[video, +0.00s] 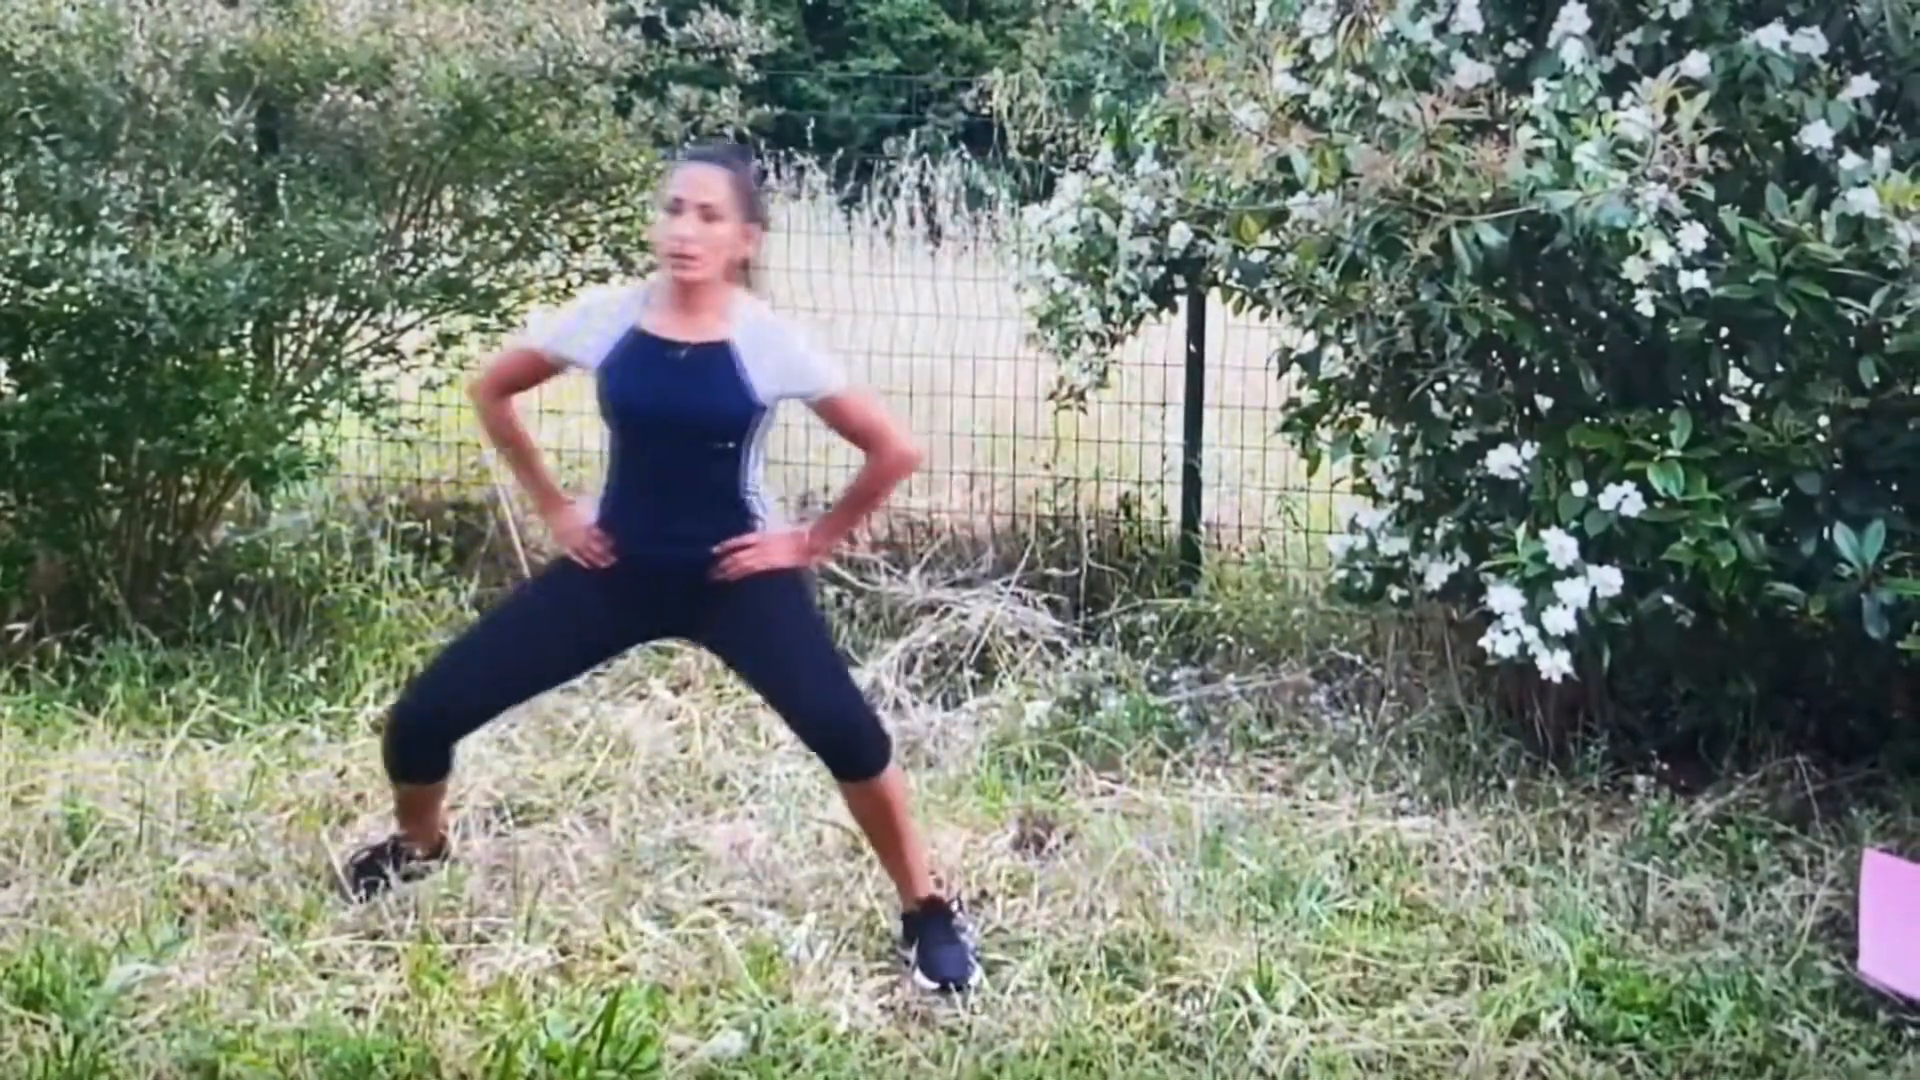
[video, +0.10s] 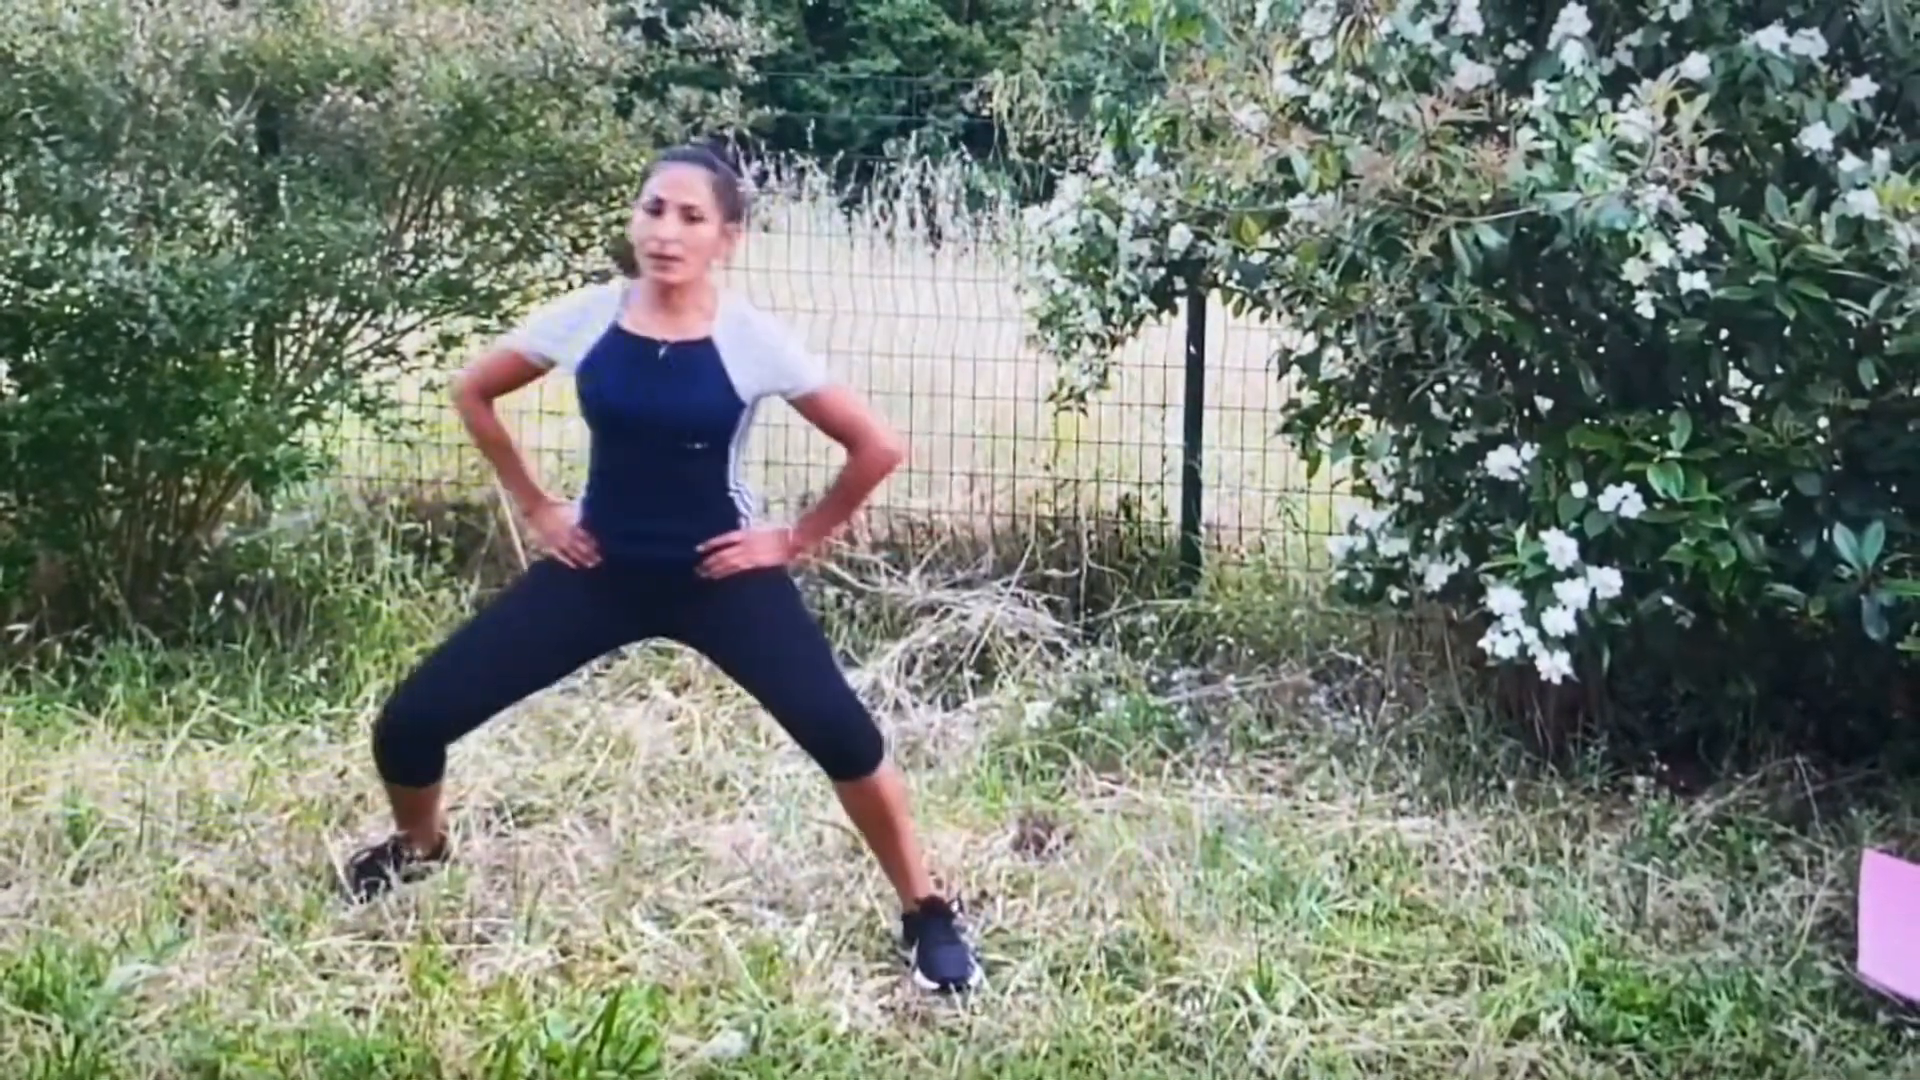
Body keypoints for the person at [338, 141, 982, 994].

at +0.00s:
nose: (683, 230)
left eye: (707, 216)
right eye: (673, 210)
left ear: (747, 241)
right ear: (654, 223)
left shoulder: (770, 342)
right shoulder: (608, 318)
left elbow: (898, 452)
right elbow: (489, 391)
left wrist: (814, 541)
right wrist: (557, 509)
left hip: (740, 584)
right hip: (615, 576)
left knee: (851, 735)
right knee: (417, 723)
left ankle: (924, 907)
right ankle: (418, 848)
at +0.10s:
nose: (665, 230)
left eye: (689, 216)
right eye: (653, 210)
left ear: (728, 241)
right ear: (633, 221)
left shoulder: (754, 340)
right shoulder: (592, 315)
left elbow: (878, 450)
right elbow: (472, 390)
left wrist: (795, 541)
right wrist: (536, 507)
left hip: (726, 585)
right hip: (595, 576)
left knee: (845, 734)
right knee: (407, 726)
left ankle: (924, 909)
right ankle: (418, 852)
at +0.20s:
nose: (662, 231)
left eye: (687, 217)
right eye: (651, 210)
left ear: (725, 240)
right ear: (630, 222)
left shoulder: (752, 338)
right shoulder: (589, 314)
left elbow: (876, 449)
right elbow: (468, 391)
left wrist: (793, 540)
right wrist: (533, 508)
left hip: (725, 583)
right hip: (593, 574)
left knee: (842, 736)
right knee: (405, 725)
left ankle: (924, 910)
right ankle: (416, 853)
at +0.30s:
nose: (685, 237)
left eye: (709, 221)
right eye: (673, 216)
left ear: (743, 242)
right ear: (647, 225)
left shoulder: (768, 346)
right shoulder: (601, 319)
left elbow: (891, 456)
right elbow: (478, 391)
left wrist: (806, 541)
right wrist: (547, 507)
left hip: (737, 585)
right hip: (610, 578)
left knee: (843, 736)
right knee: (423, 725)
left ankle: (923, 911)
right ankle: (417, 853)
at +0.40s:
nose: (730, 231)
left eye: (753, 215)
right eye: (720, 211)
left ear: (790, 235)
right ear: (699, 222)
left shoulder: (818, 348)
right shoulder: (658, 316)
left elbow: (934, 458)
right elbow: (528, 380)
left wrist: (855, 540)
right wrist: (591, 499)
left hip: (781, 578)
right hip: (655, 568)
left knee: (862, 739)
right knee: (472, 728)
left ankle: (925, 913)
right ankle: (417, 853)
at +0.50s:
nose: (796, 209)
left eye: (819, 193)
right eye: (783, 190)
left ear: (857, 215)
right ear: (762, 206)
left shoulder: (881, 328)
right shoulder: (723, 303)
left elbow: (1000, 444)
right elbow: (586, 355)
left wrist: (913, 531)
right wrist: (654, 474)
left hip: (838, 565)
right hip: (717, 550)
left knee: (893, 746)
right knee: (534, 710)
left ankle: (930, 917)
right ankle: (437, 841)